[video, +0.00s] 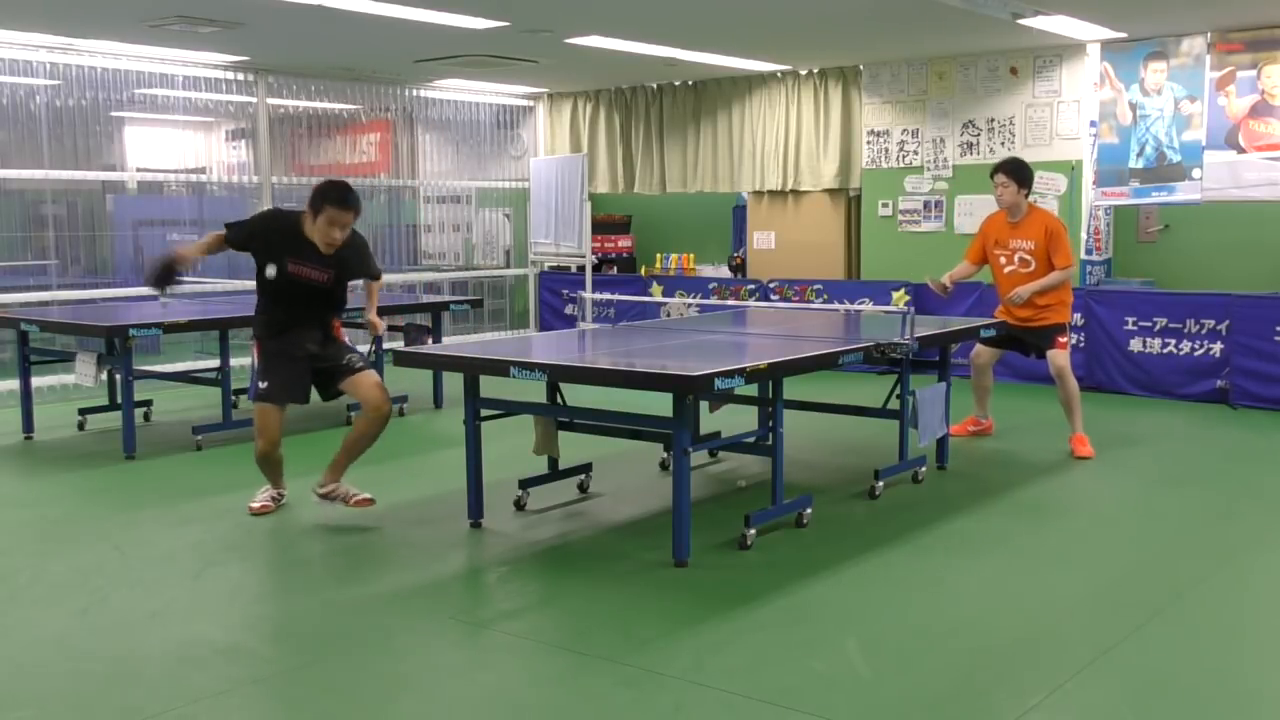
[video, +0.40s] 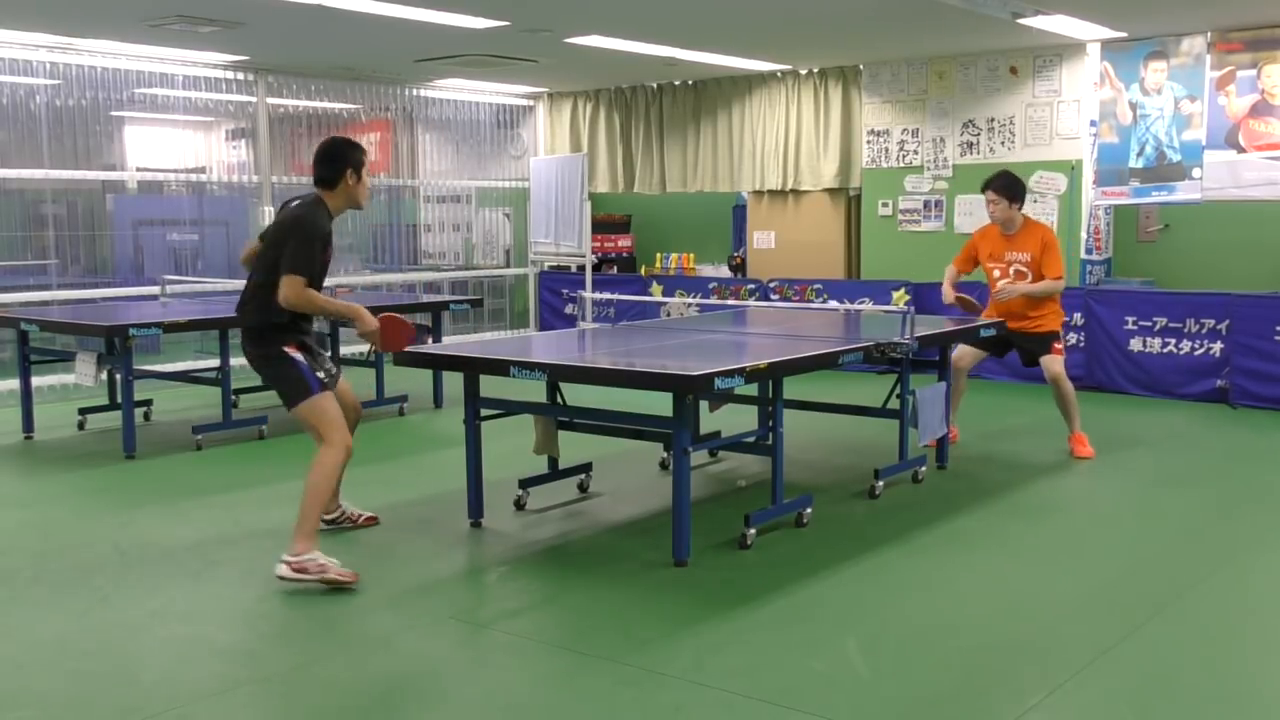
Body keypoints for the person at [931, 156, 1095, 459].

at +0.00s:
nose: (998, 191)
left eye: (1004, 185)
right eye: (995, 186)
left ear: (1023, 189)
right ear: (994, 189)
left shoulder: (1049, 224)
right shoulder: (991, 224)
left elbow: (1066, 271)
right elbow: (974, 262)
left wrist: (1031, 288)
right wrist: (950, 277)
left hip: (1050, 313)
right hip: (1009, 313)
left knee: (1060, 368)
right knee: (979, 359)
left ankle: (1078, 434)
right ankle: (981, 419)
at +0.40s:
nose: (989, 209)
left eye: (995, 203)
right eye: (987, 203)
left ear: (1015, 204)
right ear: (986, 203)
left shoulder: (1043, 235)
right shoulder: (983, 237)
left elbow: (1057, 284)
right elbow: (955, 267)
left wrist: (1021, 289)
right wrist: (948, 286)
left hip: (1041, 320)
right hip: (998, 319)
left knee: (1055, 373)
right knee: (958, 362)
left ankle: (1076, 434)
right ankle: (947, 427)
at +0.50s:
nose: (977, 211)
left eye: (982, 205)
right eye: (975, 205)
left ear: (1003, 206)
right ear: (973, 206)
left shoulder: (1029, 234)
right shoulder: (970, 238)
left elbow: (1050, 280)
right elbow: (926, 255)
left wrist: (1016, 292)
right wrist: (927, 276)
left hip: (1035, 322)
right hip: (993, 321)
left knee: (1051, 374)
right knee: (953, 361)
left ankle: (1076, 433)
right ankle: (947, 427)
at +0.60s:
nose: (966, 205)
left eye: (972, 200)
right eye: (965, 200)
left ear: (992, 202)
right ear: (965, 201)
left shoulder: (1019, 231)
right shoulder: (959, 235)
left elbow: (1044, 273)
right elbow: (921, 247)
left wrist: (1013, 289)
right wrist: (906, 242)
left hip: (1033, 319)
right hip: (991, 319)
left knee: (1049, 370)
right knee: (952, 359)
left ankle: (1076, 433)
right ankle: (948, 428)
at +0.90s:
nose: (989, 193)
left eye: (996, 187)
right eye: (987, 188)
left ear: (1015, 191)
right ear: (986, 191)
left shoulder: (1039, 224)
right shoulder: (981, 230)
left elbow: (1065, 262)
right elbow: (949, 261)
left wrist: (1036, 273)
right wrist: (926, 252)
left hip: (1042, 318)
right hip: (1000, 318)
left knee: (1055, 375)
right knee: (968, 360)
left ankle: (1076, 423)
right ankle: (949, 425)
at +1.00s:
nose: (1001, 184)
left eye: (1008, 178)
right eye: (999, 179)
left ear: (1027, 181)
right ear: (999, 182)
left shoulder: (1052, 216)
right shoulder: (999, 220)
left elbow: (1076, 256)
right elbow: (975, 256)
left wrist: (1046, 271)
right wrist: (945, 261)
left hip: (1053, 312)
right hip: (1015, 311)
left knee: (1058, 368)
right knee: (988, 355)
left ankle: (1075, 424)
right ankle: (957, 417)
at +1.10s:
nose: (1009, 175)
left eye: (1016, 169)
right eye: (1007, 170)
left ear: (1034, 173)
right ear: (1006, 174)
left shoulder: (1058, 208)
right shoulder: (1005, 212)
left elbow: (1083, 248)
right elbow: (991, 251)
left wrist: (1055, 273)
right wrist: (969, 266)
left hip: (1065, 299)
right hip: (1025, 298)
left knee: (1073, 357)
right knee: (996, 347)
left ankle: (1085, 421)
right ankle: (994, 409)